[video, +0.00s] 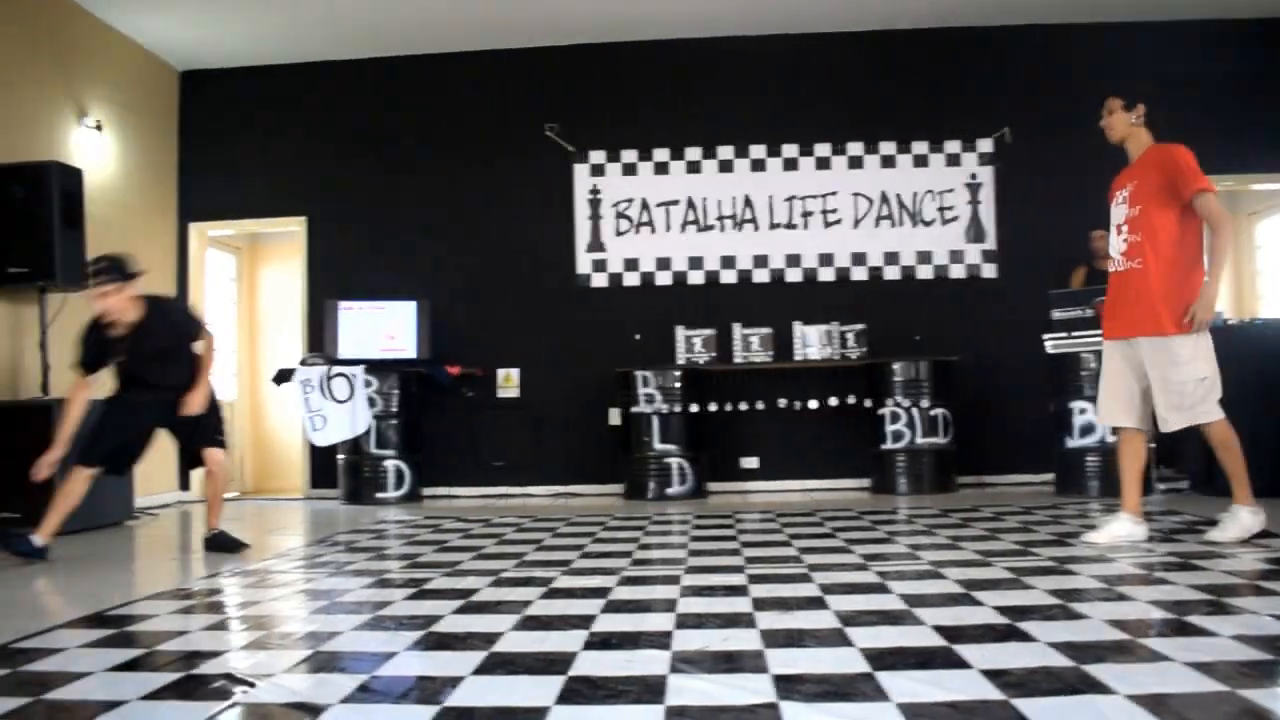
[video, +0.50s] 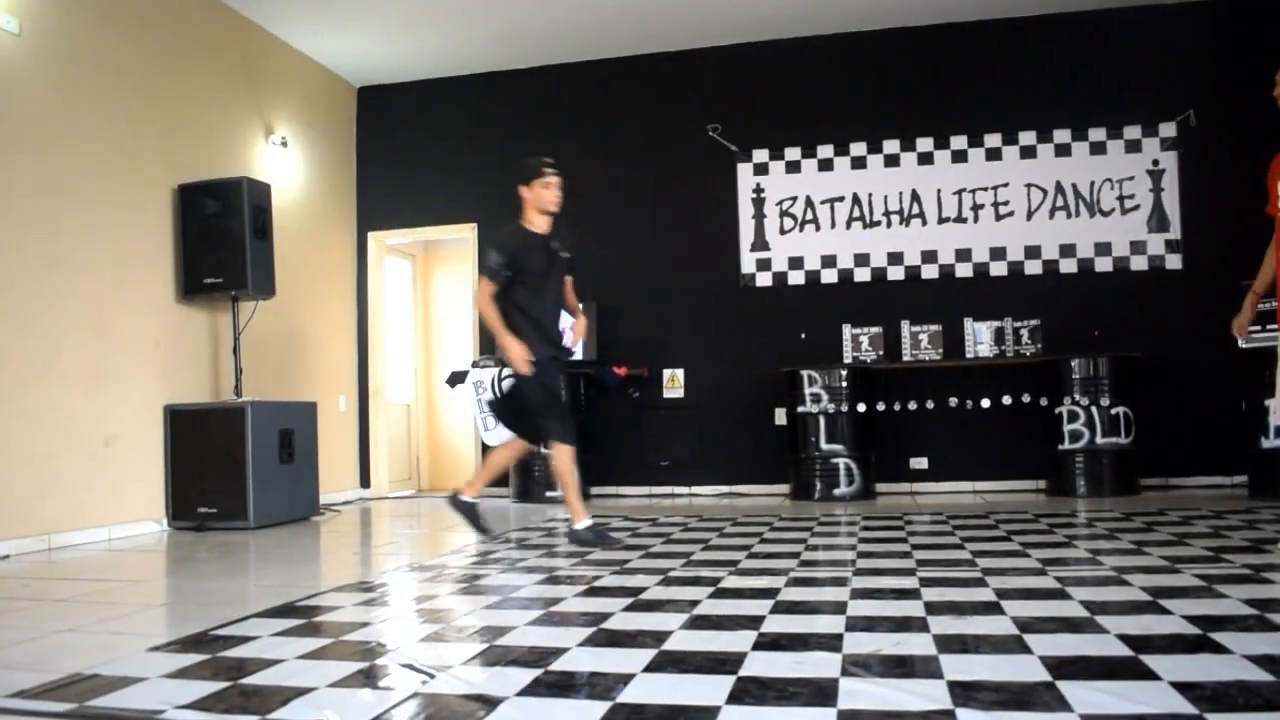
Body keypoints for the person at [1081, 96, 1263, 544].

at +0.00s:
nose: (1103, 121)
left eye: (1111, 111)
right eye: (1102, 115)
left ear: (1138, 113)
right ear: (1114, 125)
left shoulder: (1172, 157)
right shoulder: (1120, 182)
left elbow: (1220, 221)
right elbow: (1145, 247)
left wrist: (1210, 292)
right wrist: (1109, 251)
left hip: (1172, 316)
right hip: (1124, 320)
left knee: (1207, 413)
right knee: (1128, 421)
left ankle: (1246, 507)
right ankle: (1131, 518)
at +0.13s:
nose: (1163, 112)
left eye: (1172, 102)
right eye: (1163, 104)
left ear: (1201, 106)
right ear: (1181, 112)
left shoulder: (1234, 151)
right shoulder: (1183, 173)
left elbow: (1275, 206)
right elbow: (1196, 238)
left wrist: (1277, 286)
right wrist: (1163, 268)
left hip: (1232, 312)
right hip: (1182, 318)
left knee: (1266, 416)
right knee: (1195, 423)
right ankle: (1205, 519)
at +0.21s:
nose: (1198, 108)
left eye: (1207, 98)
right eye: (1197, 100)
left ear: (1236, 102)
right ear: (1206, 110)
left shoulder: (1265, 149)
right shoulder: (1216, 169)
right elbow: (1224, 236)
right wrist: (1200, 270)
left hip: (1261, 312)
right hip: (1217, 316)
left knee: (1272, 421)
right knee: (1229, 421)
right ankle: (1244, 520)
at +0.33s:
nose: (1261, 98)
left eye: (1269, 88)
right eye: (1260, 89)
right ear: (1261, 98)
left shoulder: (1271, 170)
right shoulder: (1268, 171)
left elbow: (1264, 247)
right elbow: (1266, 244)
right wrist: (1259, 287)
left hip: (1278, 314)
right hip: (1272, 314)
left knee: (1269, 413)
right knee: (1267, 413)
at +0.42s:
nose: (1272, 97)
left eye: (1275, 87)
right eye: (1271, 88)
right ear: (1268, 95)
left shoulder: (1273, 170)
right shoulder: (1272, 169)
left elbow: (1274, 237)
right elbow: (1274, 235)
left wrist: (1267, 296)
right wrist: (1266, 295)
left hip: (1279, 307)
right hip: (1278, 308)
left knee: (1279, 404)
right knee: (1277, 404)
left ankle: (1276, 476)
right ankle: (1275, 476)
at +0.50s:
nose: (1274, 93)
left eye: (1278, 85)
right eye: (1275, 85)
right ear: (1274, 90)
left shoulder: (1276, 168)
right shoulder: (1276, 168)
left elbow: (1276, 239)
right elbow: (1277, 238)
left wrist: (1252, 299)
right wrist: (1252, 299)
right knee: (1279, 414)